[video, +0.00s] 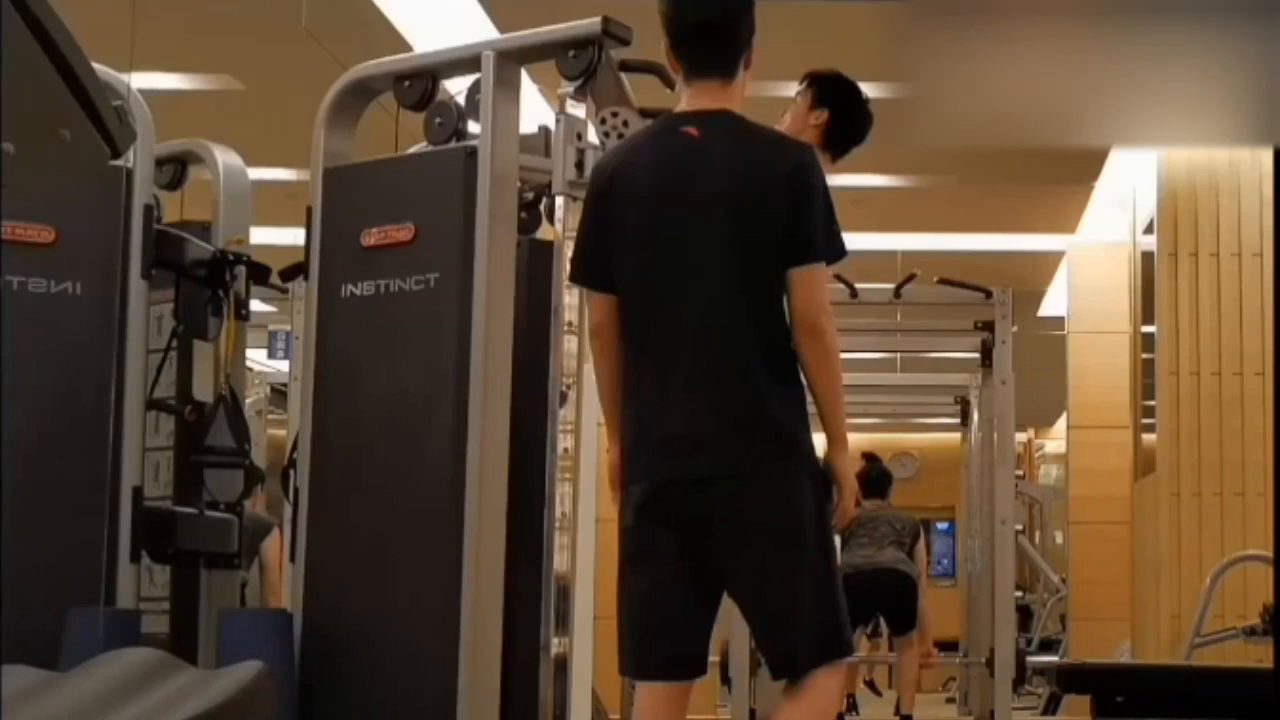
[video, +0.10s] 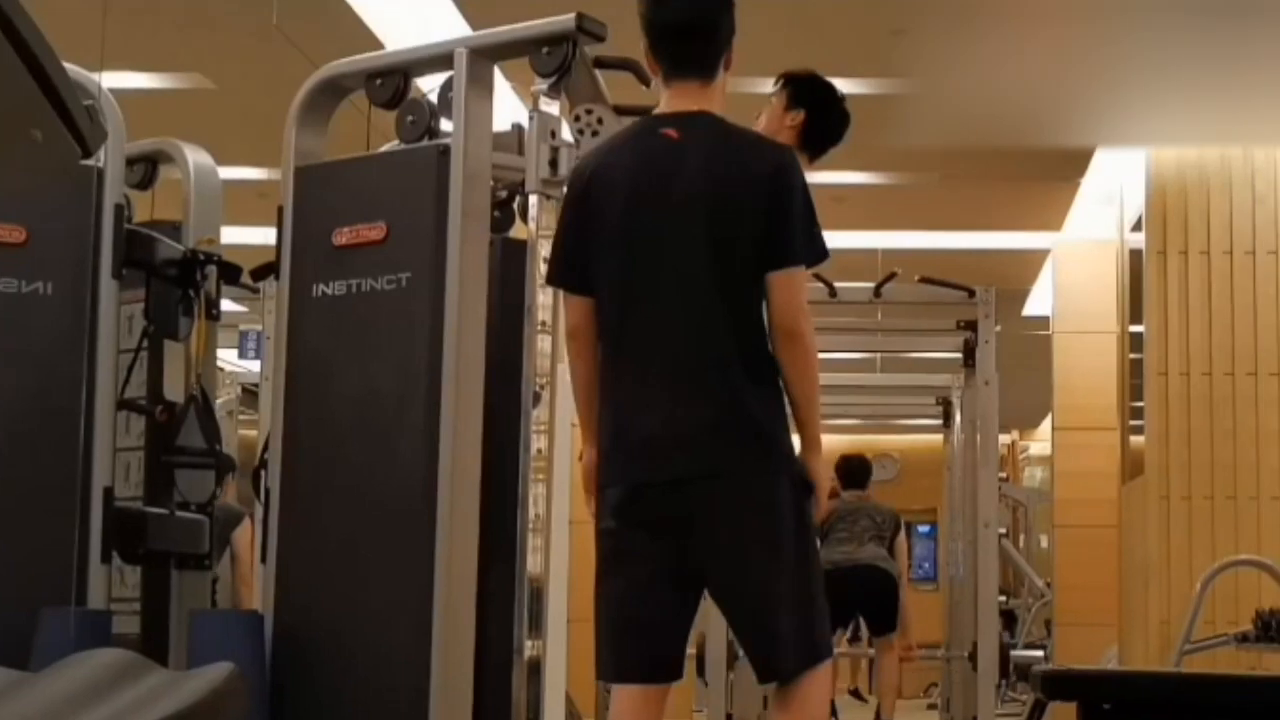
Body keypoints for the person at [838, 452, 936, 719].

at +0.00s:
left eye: (859, 486)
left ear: (860, 490)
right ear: (889, 489)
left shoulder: (850, 520)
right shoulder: (909, 523)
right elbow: (921, 581)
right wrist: (926, 640)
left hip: (855, 580)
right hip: (899, 579)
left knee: (847, 642)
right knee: (906, 646)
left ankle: (848, 700)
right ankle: (905, 712)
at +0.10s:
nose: (835, 482)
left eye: (836, 478)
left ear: (837, 482)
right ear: (869, 481)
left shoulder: (828, 513)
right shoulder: (891, 517)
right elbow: (902, 578)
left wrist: (822, 499)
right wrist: (907, 637)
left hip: (835, 577)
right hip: (879, 578)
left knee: (823, 644)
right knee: (886, 648)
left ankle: (827, 708)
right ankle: (885, 714)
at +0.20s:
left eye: (818, 449)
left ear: (815, 453)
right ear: (848, 452)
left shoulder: (802, 493)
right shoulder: (869, 492)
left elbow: (792, 547)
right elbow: (881, 553)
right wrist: (887, 605)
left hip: (814, 576)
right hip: (859, 576)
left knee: (804, 653)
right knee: (863, 650)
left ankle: (803, 714)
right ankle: (864, 714)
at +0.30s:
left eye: (820, 433)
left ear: (816, 436)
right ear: (849, 436)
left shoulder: (804, 477)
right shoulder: (868, 477)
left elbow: (794, 534)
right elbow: (882, 542)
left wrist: (794, 581)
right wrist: (888, 591)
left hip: (815, 572)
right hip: (858, 571)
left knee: (816, 651)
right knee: (862, 648)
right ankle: (864, 714)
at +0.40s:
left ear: (820, 408)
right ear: (850, 409)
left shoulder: (805, 450)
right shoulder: (868, 453)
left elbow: (797, 513)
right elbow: (883, 517)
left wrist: (794, 561)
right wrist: (890, 569)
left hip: (814, 563)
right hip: (857, 564)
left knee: (817, 651)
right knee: (860, 647)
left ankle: (819, 715)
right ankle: (865, 714)